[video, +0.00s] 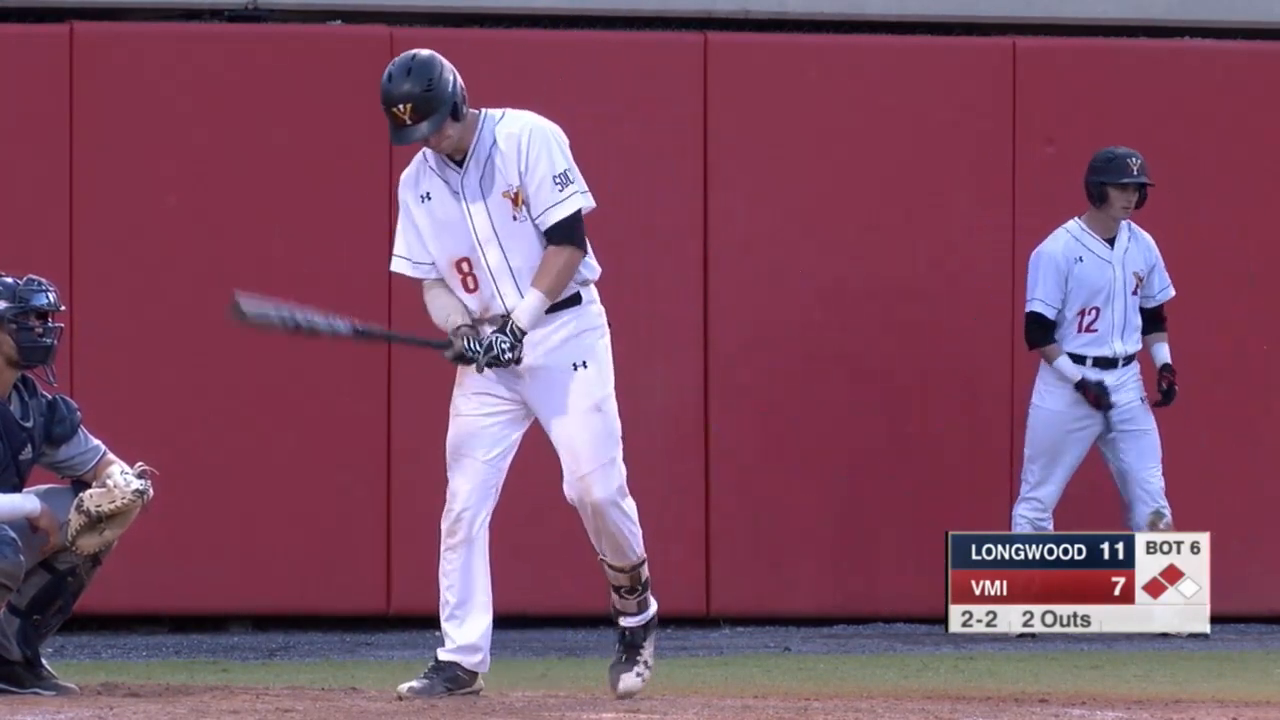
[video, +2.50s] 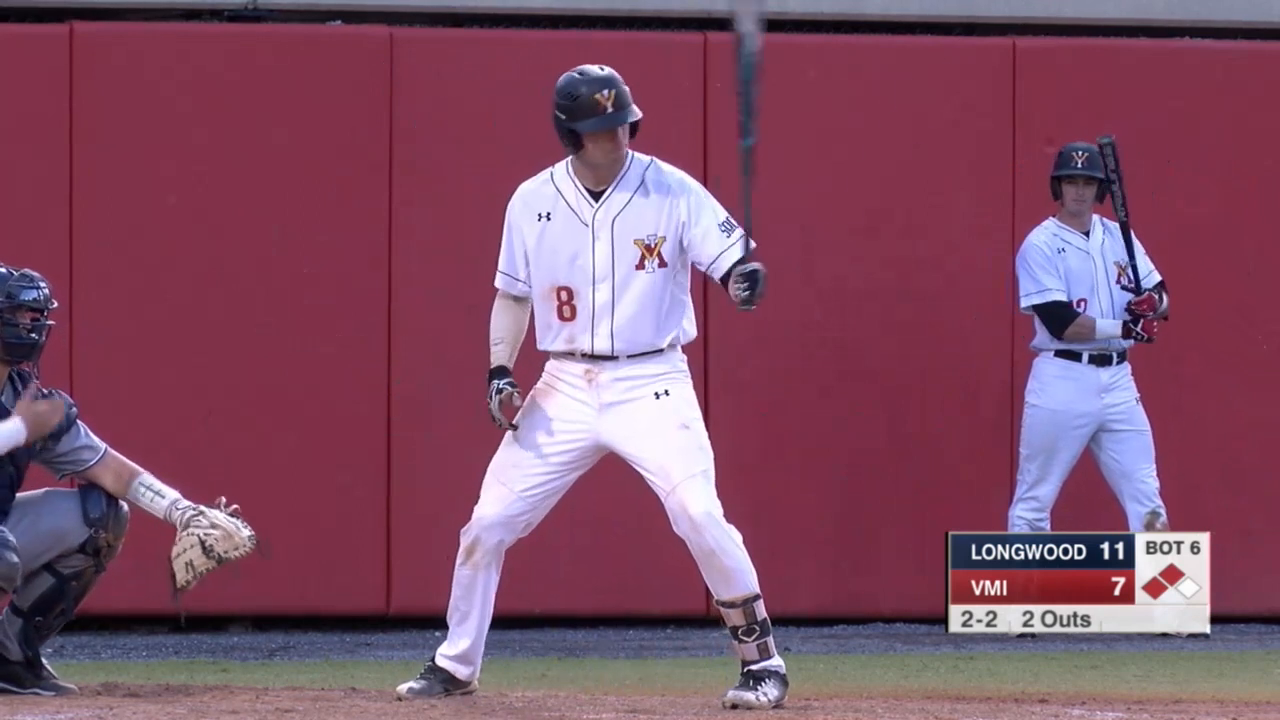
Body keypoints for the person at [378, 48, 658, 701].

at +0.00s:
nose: (430, 143)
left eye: (436, 129)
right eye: (419, 135)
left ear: (460, 104)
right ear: (410, 124)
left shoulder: (532, 137)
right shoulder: (416, 181)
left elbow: (567, 244)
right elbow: (433, 284)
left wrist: (518, 320)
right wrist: (460, 329)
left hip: (566, 340)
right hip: (487, 356)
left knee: (594, 489)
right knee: (463, 508)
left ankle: (635, 613)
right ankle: (460, 661)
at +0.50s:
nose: (480, 172)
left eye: (485, 159)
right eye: (469, 163)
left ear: (511, 137)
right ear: (459, 150)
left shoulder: (580, 169)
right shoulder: (467, 192)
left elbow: (627, 279)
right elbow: (463, 294)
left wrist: (603, 366)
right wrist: (445, 392)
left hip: (618, 353)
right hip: (539, 360)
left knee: (667, 491)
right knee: (484, 508)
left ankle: (744, 655)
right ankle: (461, 661)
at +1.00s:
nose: (591, 251)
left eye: (603, 243)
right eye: (584, 240)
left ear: (636, 225)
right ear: (575, 207)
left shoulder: (678, 257)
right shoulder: (568, 202)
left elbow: (669, 378)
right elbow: (591, 280)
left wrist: (644, 479)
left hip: (668, 379)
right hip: (587, 373)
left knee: (697, 503)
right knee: (522, 512)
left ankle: (754, 662)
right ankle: (462, 664)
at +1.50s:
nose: (524, 205)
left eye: (533, 193)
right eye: (513, 195)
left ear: (564, 170)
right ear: (499, 173)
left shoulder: (623, 210)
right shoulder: (503, 200)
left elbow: (644, 324)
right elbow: (504, 280)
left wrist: (628, 425)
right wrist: (487, 365)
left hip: (627, 375)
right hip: (543, 376)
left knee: (673, 502)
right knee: (475, 513)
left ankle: (751, 660)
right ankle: (455, 664)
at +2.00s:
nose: (485, 199)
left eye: (488, 186)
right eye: (477, 191)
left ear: (515, 162)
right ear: (476, 172)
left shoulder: (594, 193)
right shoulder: (492, 207)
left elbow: (629, 309)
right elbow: (510, 308)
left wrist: (589, 396)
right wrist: (473, 389)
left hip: (632, 378)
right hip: (552, 381)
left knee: (681, 505)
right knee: (474, 519)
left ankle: (759, 664)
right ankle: (455, 665)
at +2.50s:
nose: (623, 138)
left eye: (624, 125)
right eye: (609, 130)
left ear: (628, 118)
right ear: (574, 132)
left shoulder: (672, 189)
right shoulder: (532, 200)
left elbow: (726, 252)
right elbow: (512, 295)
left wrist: (743, 277)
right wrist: (500, 372)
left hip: (653, 383)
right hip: (562, 386)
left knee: (698, 513)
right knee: (486, 525)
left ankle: (761, 664)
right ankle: (454, 665)